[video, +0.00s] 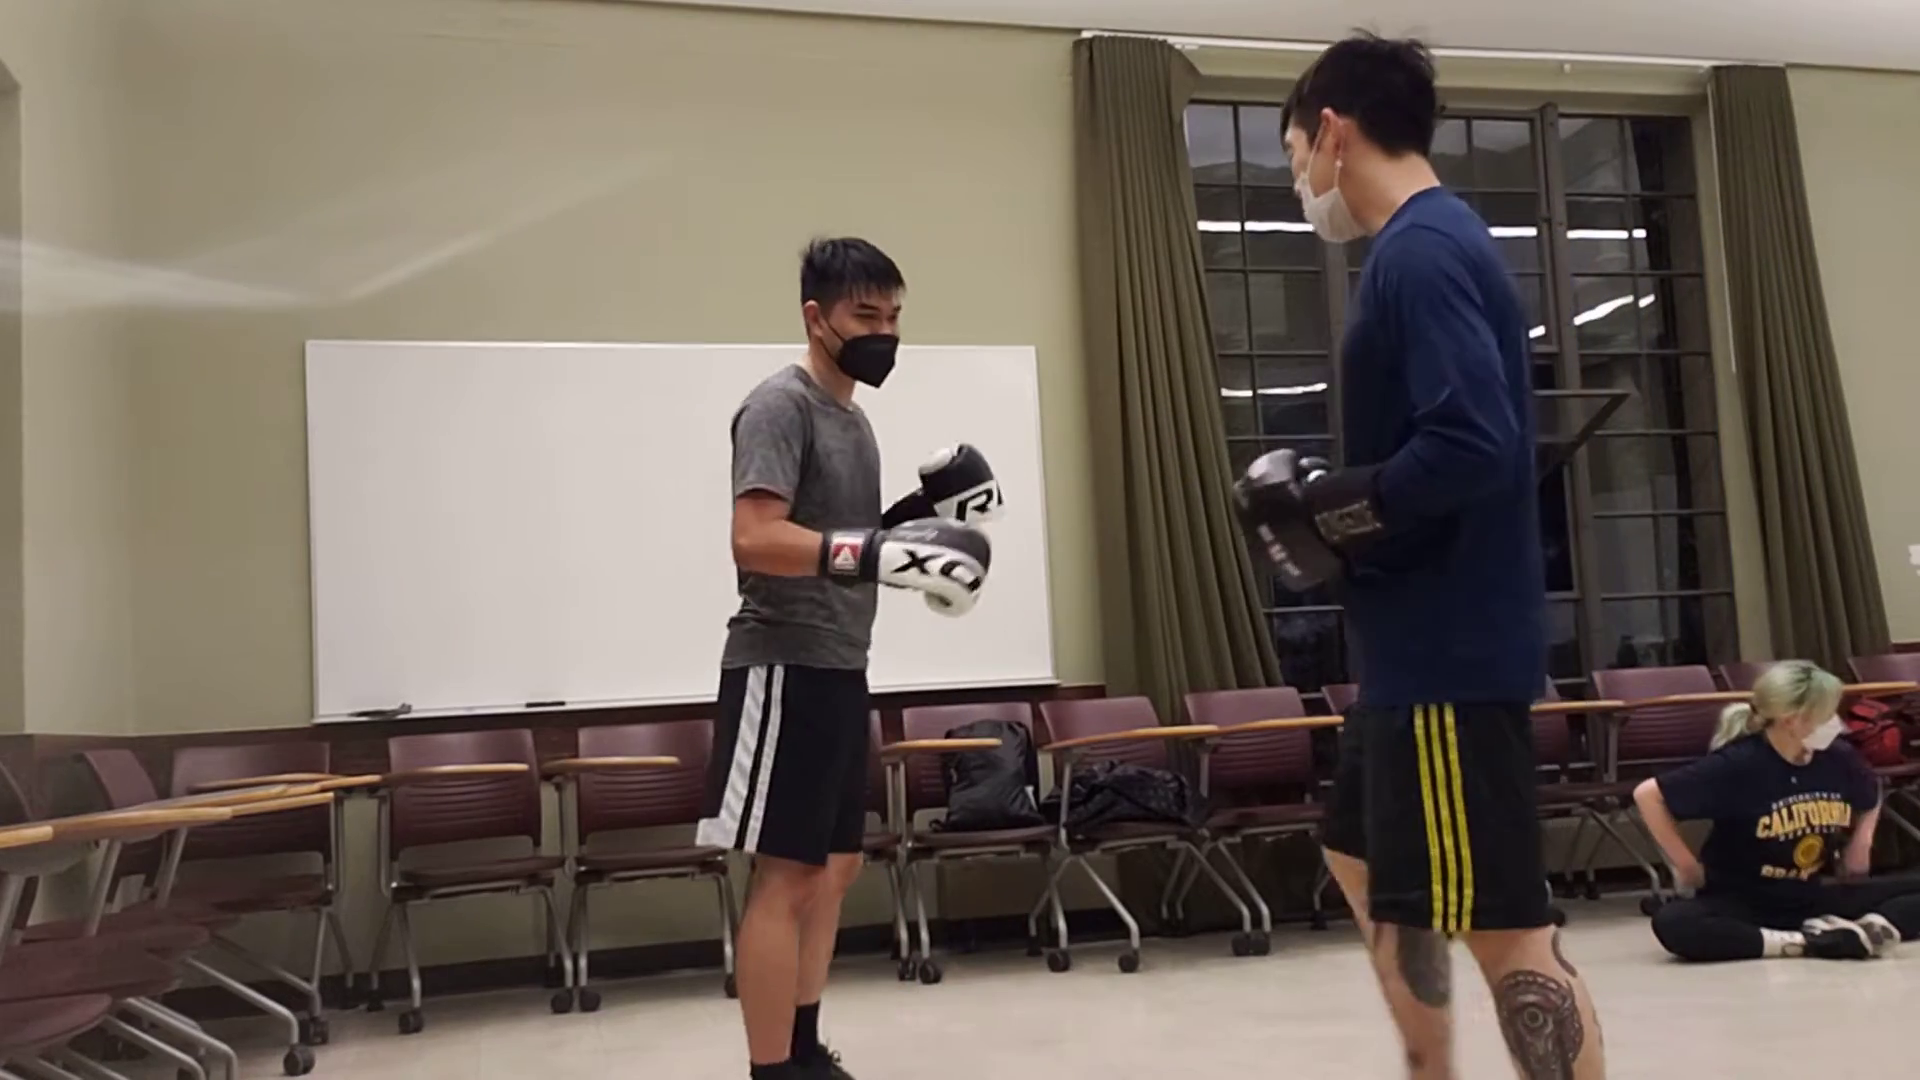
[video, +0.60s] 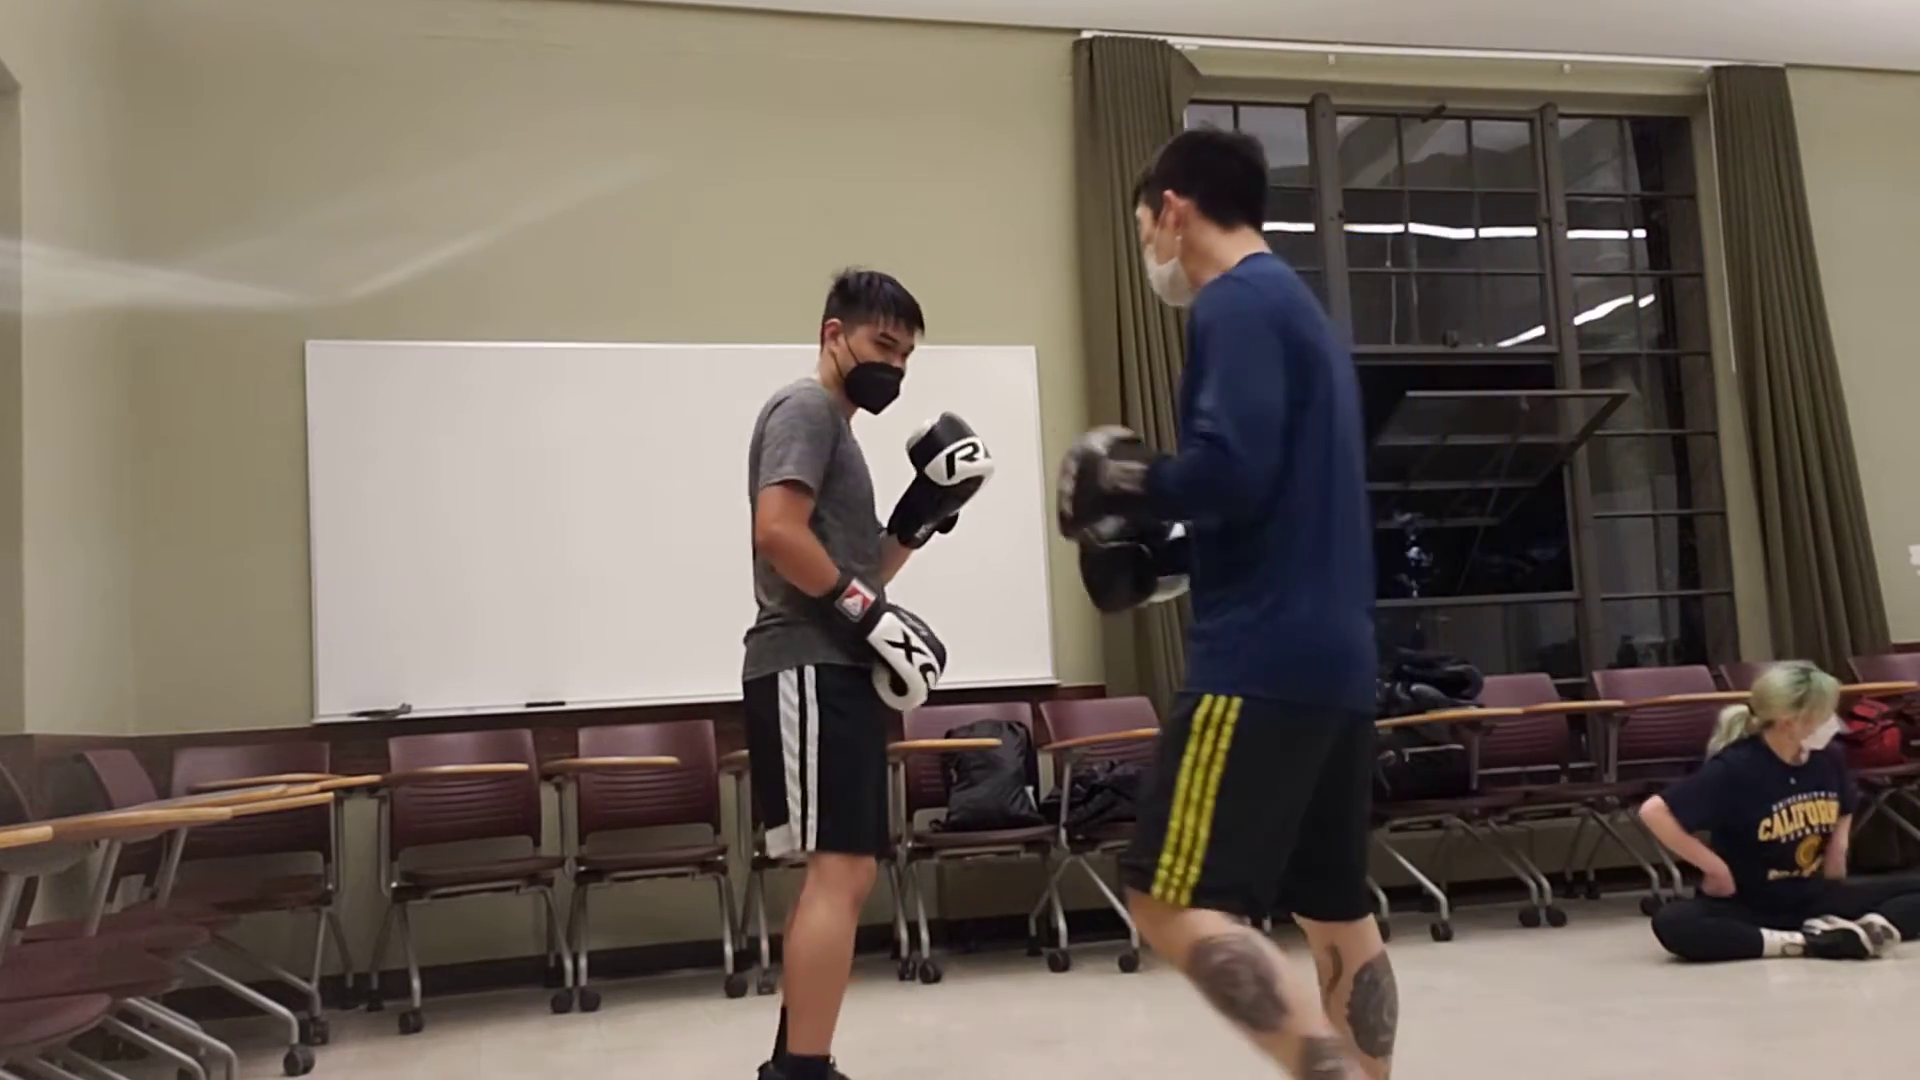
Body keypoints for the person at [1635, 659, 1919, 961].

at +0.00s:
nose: (1835, 725)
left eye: (1834, 716)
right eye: (1826, 718)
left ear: (1797, 721)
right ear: (1793, 722)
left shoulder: (1837, 760)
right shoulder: (1738, 764)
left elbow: (1870, 794)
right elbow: (1647, 794)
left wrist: (1859, 848)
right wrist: (1684, 864)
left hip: (1813, 897)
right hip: (1740, 902)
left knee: (1917, 888)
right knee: (1673, 923)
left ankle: (1853, 931)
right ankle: (1797, 943)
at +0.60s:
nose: (1832, 724)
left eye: (1831, 715)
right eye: (1823, 717)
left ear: (1796, 722)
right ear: (1790, 722)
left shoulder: (1828, 760)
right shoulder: (1735, 766)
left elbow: (1846, 805)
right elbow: (1654, 812)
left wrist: (1837, 848)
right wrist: (1712, 867)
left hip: (1814, 896)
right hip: (1746, 904)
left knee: (1917, 888)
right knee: (1672, 922)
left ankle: (1859, 931)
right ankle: (1797, 944)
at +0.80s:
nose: (1823, 715)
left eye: (1822, 706)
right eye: (1815, 707)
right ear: (1784, 714)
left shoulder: (1825, 764)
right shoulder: (1735, 769)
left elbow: (1856, 829)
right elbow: (1675, 843)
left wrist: (1852, 861)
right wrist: (1759, 880)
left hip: (1824, 899)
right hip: (1747, 907)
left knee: (1915, 892)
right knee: (1670, 922)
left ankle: (1851, 930)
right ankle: (1794, 945)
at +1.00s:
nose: (1820, 712)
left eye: (1819, 703)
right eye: (1812, 703)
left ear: (1784, 708)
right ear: (1781, 708)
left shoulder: (1823, 766)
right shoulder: (1735, 769)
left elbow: (1852, 842)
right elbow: (1704, 862)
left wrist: (1856, 878)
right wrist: (1796, 890)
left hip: (1822, 898)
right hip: (1749, 905)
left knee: (1915, 897)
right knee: (1670, 922)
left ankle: (1850, 930)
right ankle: (1792, 945)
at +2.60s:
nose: (1830, 716)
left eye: (1829, 705)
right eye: (1817, 707)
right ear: (1777, 712)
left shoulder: (1836, 772)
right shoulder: (1740, 775)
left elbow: (1857, 852)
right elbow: (1724, 870)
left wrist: (1859, 899)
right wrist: (1801, 920)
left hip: (1828, 903)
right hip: (1755, 908)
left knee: (1916, 899)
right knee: (1672, 922)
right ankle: (1792, 944)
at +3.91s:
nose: (1834, 715)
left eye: (1834, 704)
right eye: (1820, 706)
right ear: (1781, 712)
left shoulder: (1838, 774)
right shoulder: (1746, 775)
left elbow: (1858, 855)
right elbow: (1733, 872)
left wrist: (1867, 910)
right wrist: (1807, 927)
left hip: (1832, 906)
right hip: (1760, 910)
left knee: (1915, 895)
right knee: (1677, 923)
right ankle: (1795, 945)